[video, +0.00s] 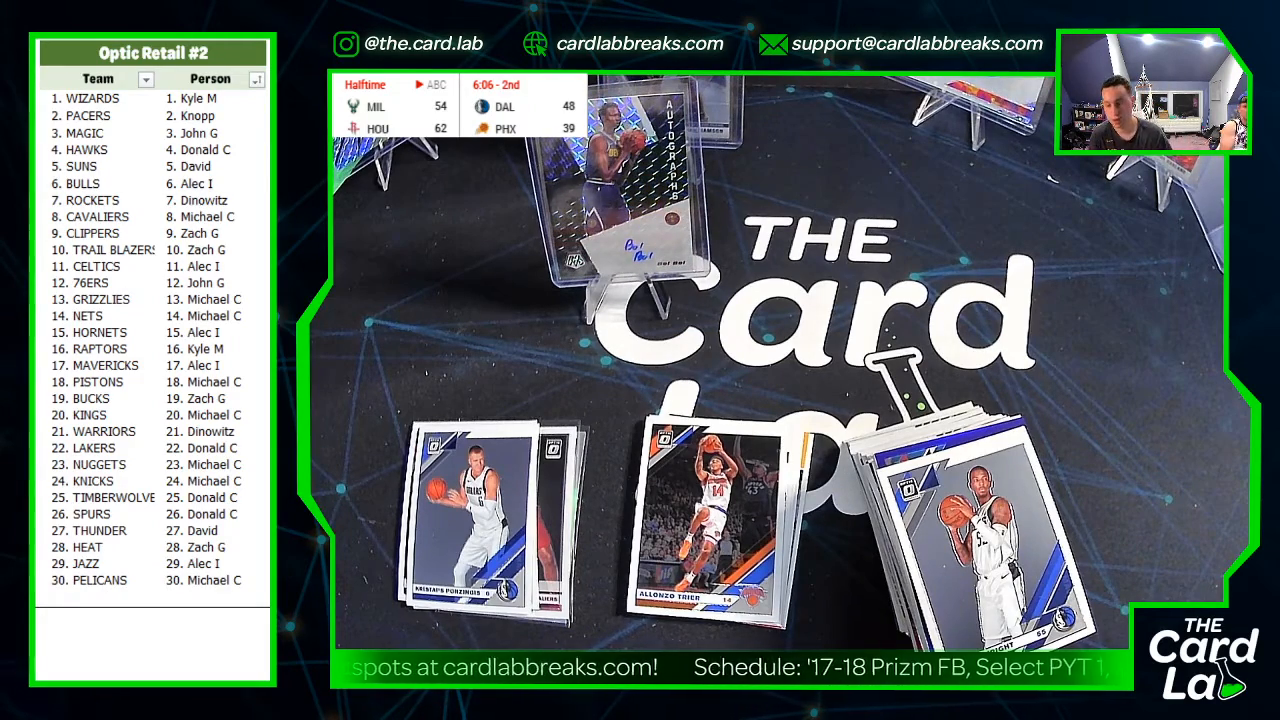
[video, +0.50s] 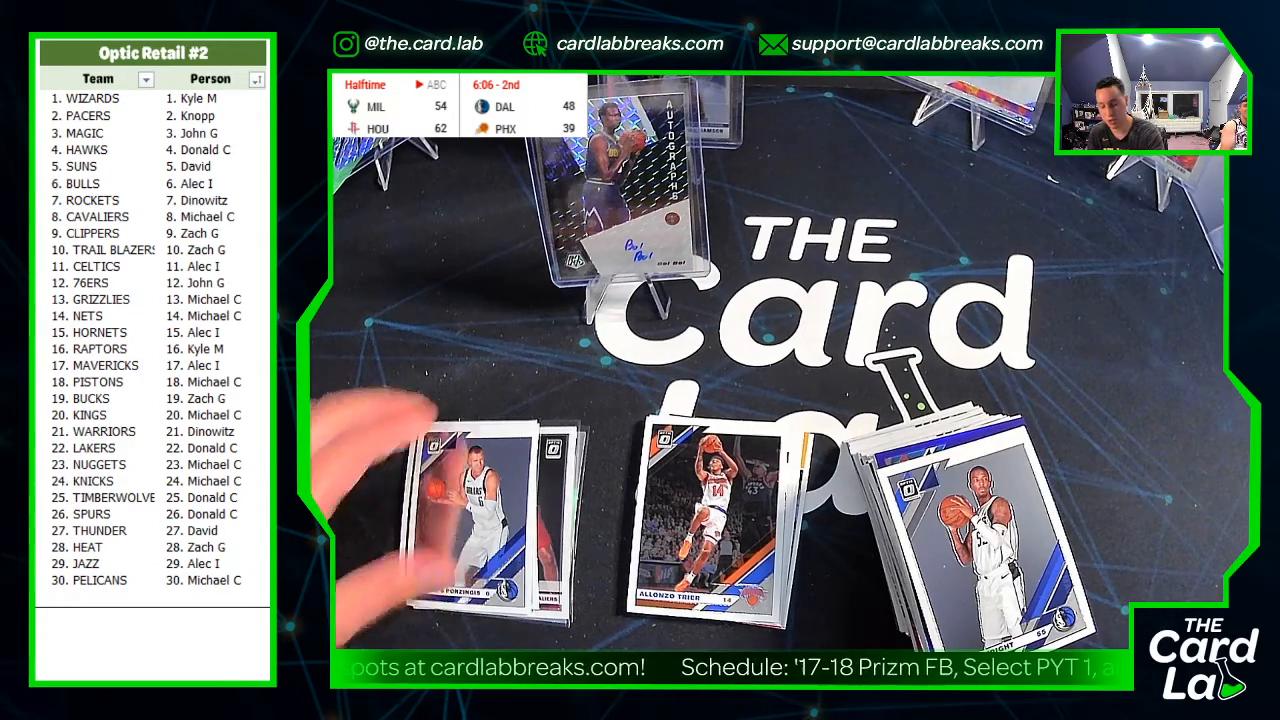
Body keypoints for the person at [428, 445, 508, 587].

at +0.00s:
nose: (480, 463)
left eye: (482, 460)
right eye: (475, 460)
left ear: (484, 459)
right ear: (469, 461)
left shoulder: (491, 477)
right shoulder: (464, 476)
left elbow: (488, 512)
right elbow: (463, 503)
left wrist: (465, 504)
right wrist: (439, 500)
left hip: (496, 531)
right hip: (478, 531)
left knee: (494, 572)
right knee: (459, 571)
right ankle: (460, 606)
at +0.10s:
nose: (480, 463)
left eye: (482, 460)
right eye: (475, 460)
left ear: (484, 459)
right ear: (469, 461)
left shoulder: (491, 477)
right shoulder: (464, 476)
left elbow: (488, 512)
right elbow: (463, 503)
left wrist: (465, 504)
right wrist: (439, 500)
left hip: (496, 531)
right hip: (478, 531)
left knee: (494, 572)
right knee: (459, 571)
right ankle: (460, 606)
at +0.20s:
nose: (480, 463)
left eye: (482, 460)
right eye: (475, 460)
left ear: (484, 459)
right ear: (469, 461)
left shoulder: (491, 477)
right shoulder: (464, 476)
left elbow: (488, 512)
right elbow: (463, 503)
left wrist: (465, 504)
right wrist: (439, 500)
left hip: (496, 531)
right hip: (478, 531)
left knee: (494, 572)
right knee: (459, 571)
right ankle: (460, 606)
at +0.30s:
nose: (480, 463)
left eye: (482, 460)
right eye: (475, 460)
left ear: (484, 459)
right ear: (469, 461)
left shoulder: (491, 477)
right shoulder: (464, 476)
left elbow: (488, 512)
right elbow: (463, 503)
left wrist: (465, 504)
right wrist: (439, 500)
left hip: (496, 531)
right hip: (478, 531)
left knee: (494, 572)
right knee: (459, 571)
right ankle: (460, 606)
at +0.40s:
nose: (480, 463)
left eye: (481, 460)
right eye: (475, 460)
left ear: (484, 459)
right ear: (469, 461)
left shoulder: (491, 477)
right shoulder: (464, 476)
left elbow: (489, 510)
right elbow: (463, 503)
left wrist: (465, 504)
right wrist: (439, 500)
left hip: (497, 531)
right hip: (478, 532)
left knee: (494, 573)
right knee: (459, 571)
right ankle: (461, 606)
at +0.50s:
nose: (479, 464)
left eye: (481, 460)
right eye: (475, 460)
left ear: (484, 460)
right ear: (468, 462)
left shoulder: (491, 477)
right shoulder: (464, 476)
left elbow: (488, 510)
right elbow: (463, 502)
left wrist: (464, 503)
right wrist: (439, 500)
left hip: (497, 530)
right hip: (478, 531)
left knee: (494, 572)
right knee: (460, 570)